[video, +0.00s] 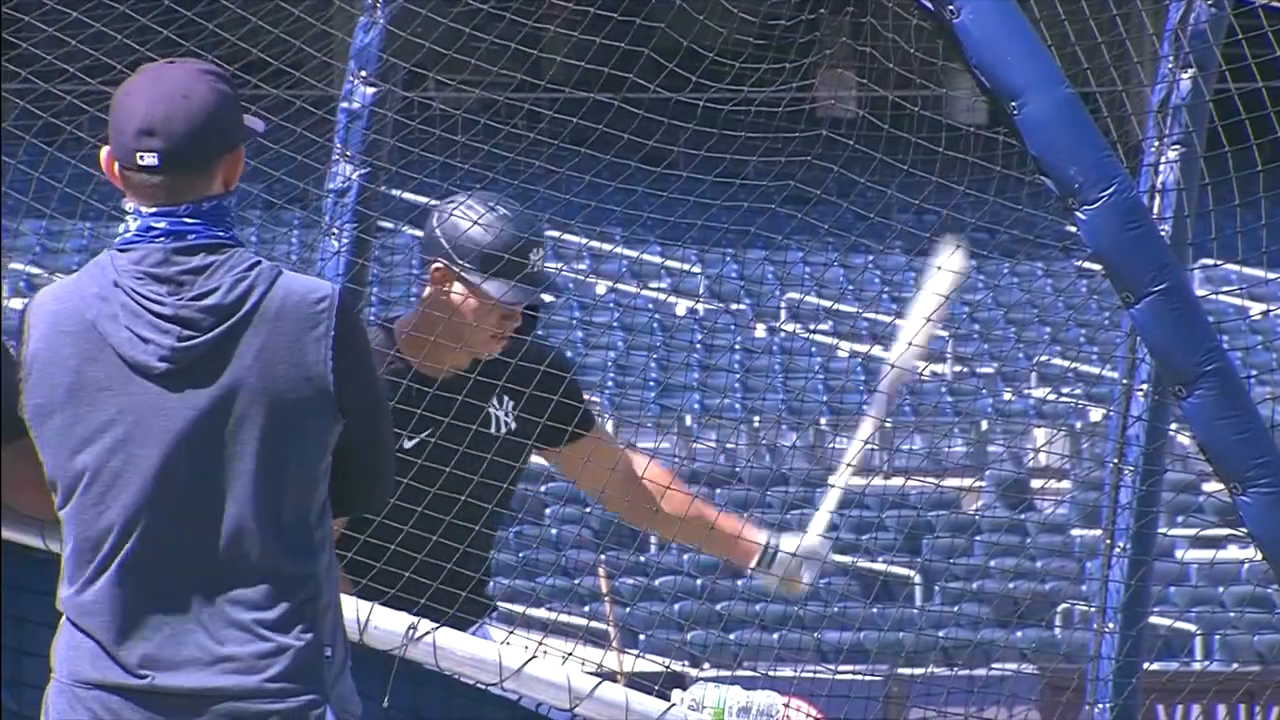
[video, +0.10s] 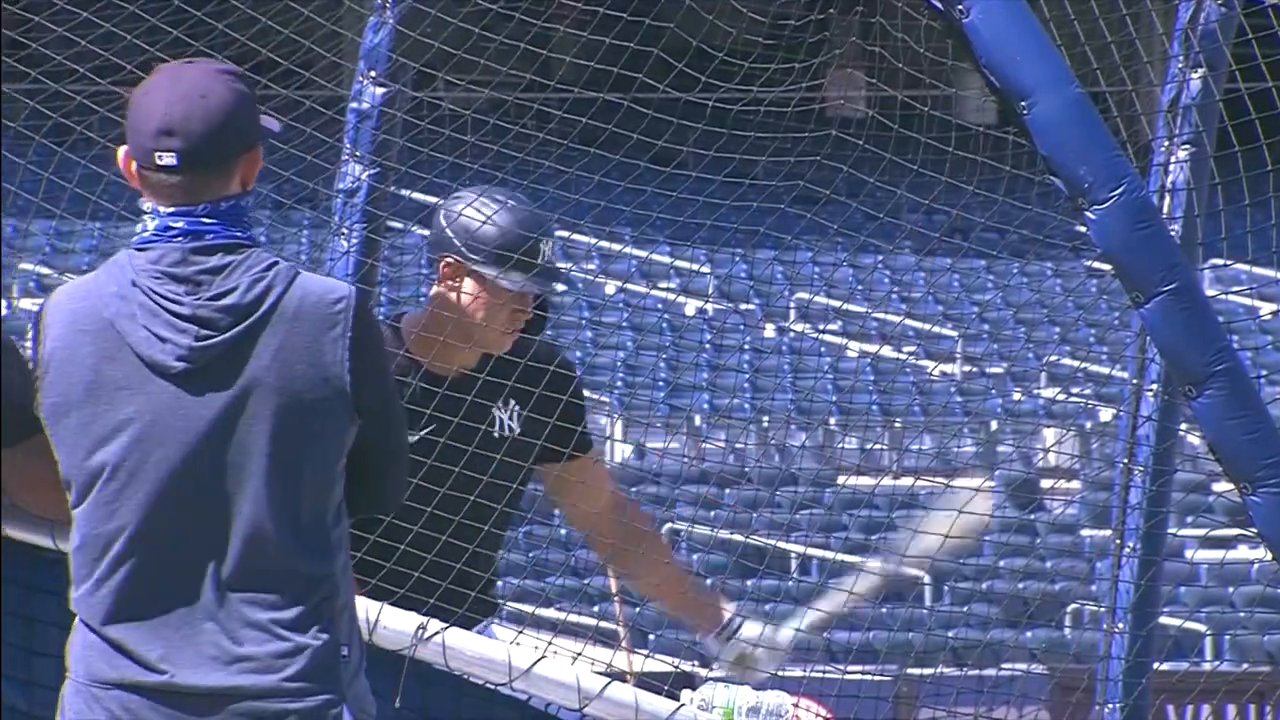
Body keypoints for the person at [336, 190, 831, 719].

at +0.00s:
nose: (517, 315)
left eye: (524, 299)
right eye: (500, 297)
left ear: (533, 297)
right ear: (437, 281)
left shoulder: (529, 375)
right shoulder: (353, 365)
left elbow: (625, 480)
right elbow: (300, 512)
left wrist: (756, 550)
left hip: (451, 646)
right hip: (335, 632)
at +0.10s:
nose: (528, 309)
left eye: (535, 293)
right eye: (511, 290)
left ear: (544, 294)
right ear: (449, 279)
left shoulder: (541, 382)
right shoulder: (360, 366)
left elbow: (609, 520)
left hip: (461, 651)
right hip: (341, 635)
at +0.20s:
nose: (542, 297)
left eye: (547, 280)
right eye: (524, 277)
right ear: (462, 269)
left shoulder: (548, 379)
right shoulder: (371, 356)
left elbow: (576, 537)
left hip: (475, 651)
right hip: (355, 636)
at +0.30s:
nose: (546, 285)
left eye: (549, 269)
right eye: (528, 267)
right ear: (465, 264)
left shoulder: (557, 379)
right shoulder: (383, 349)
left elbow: (558, 542)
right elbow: (333, 501)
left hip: (490, 650)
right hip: (371, 631)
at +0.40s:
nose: (553, 275)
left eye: (554, 258)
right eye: (535, 258)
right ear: (469, 256)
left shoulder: (564, 375)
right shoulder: (391, 345)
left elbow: (556, 541)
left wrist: (514, 645)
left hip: (479, 633)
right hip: (369, 611)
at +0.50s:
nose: (553, 261)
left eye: (555, 245)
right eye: (535, 243)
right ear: (470, 240)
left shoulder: (562, 361)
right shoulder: (396, 335)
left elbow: (556, 518)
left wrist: (486, 618)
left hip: (467, 616)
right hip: (362, 599)